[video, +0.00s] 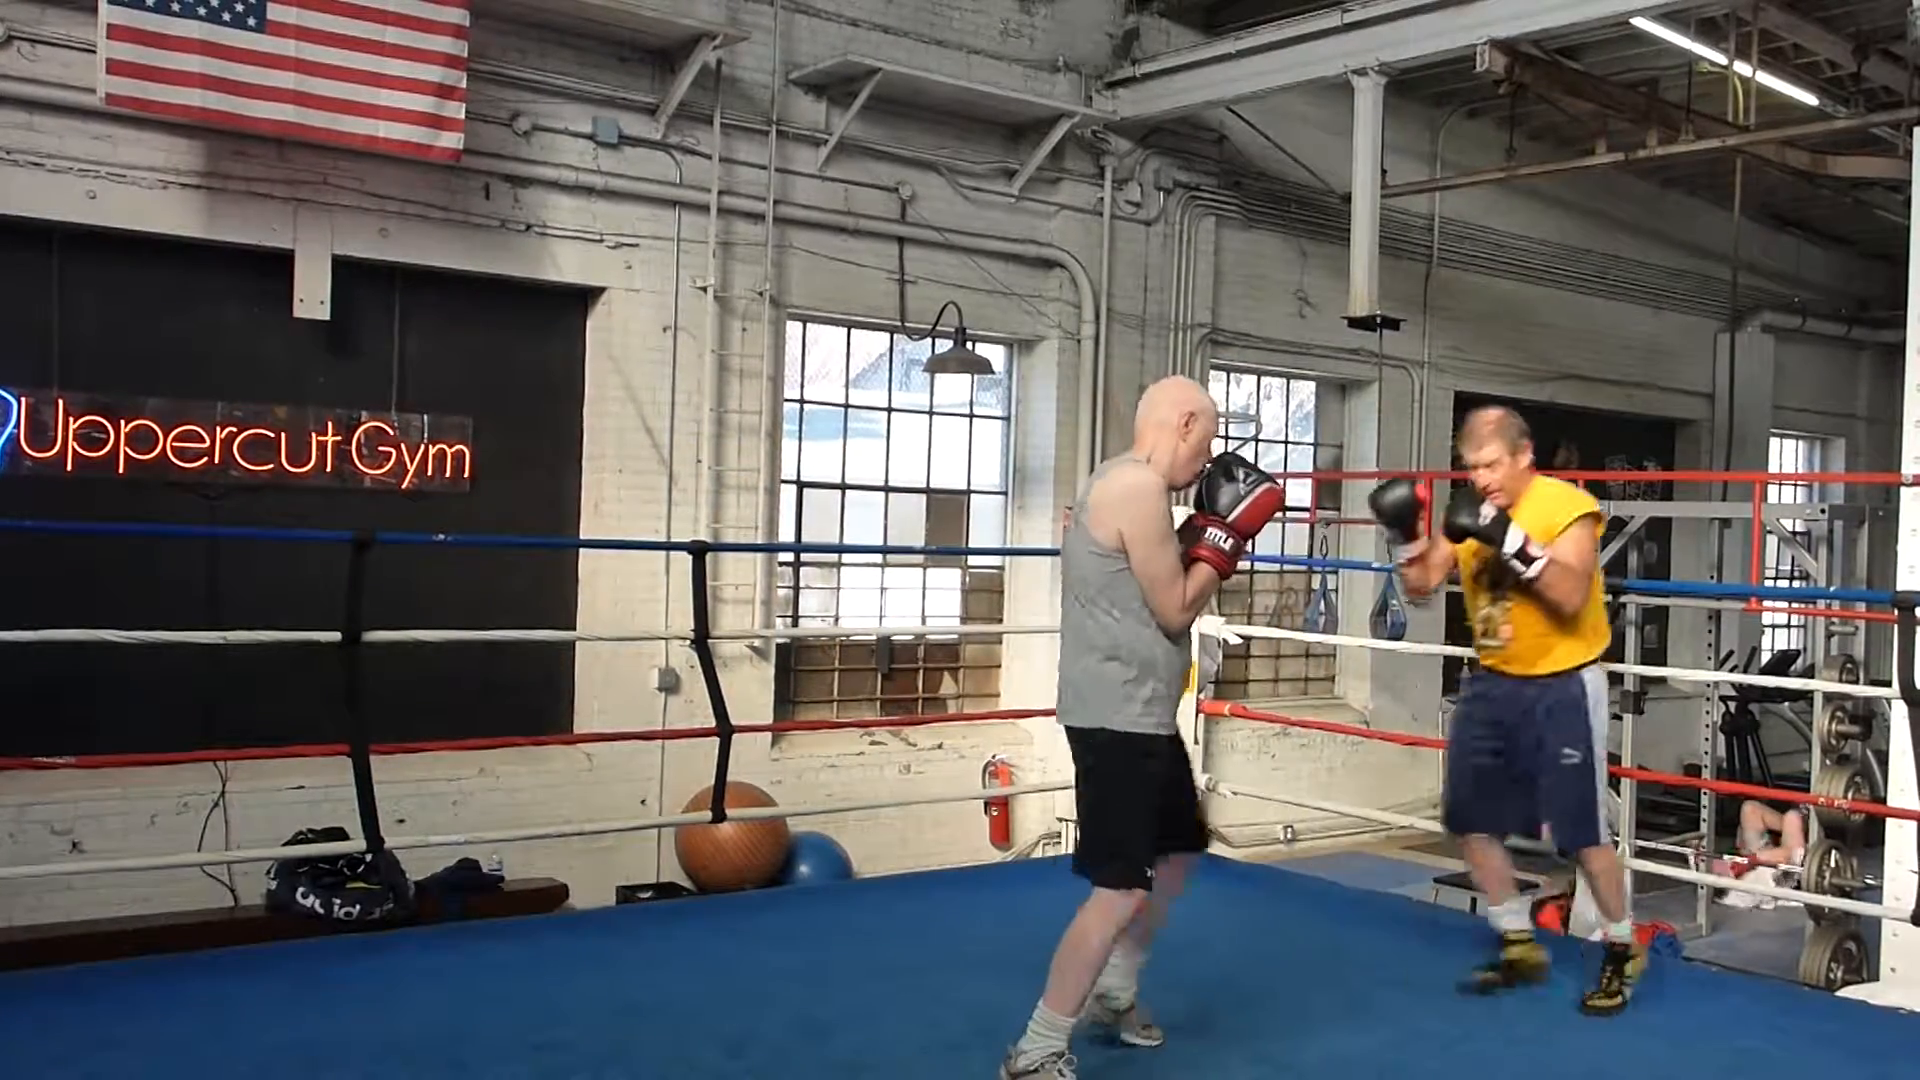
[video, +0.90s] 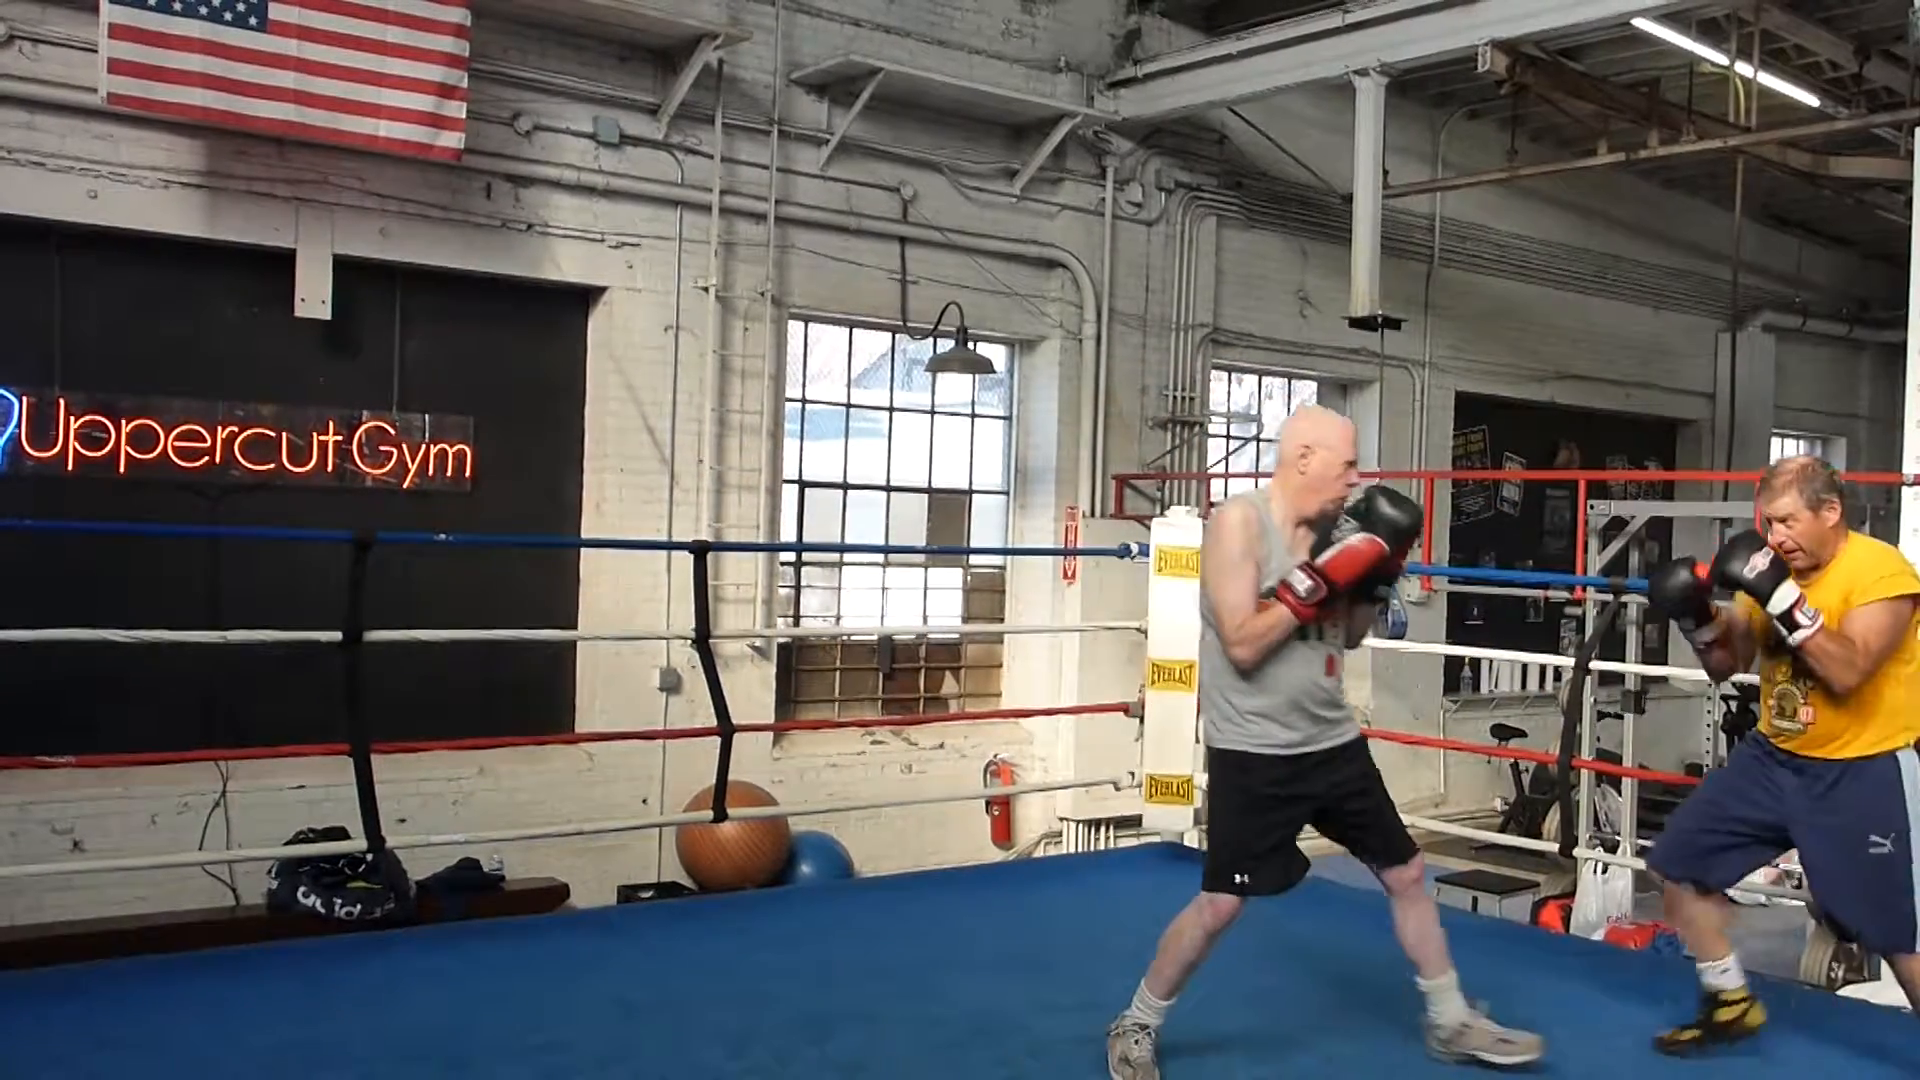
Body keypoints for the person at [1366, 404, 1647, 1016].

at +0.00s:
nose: (1479, 478)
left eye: (1489, 464)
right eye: (1471, 468)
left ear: (1524, 456)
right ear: (1466, 468)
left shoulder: (1567, 506)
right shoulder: (1473, 520)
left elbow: (1572, 595)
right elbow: (1419, 584)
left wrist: (1507, 539)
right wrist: (1407, 534)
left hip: (1564, 686)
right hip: (1491, 686)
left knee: (1580, 827)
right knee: (1471, 818)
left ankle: (1622, 949)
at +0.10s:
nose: (1513, 490)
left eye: (1523, 476)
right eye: (1505, 479)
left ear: (1559, 465)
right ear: (1498, 477)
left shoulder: (1600, 516)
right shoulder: (1502, 520)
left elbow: (1601, 612)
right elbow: (1447, 588)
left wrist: (1535, 550)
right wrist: (1440, 538)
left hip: (1598, 695)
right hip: (1530, 696)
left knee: (1622, 841)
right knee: (1528, 840)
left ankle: (1694, 958)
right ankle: (1585, 966)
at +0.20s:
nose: (1549, 516)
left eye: (1559, 503)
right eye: (1540, 505)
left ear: (1594, 492)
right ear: (1534, 502)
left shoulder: (1637, 545)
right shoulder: (1536, 543)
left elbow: (1628, 644)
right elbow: (1482, 613)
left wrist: (1558, 584)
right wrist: (1474, 561)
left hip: (1634, 726)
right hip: (1562, 726)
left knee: (1677, 869)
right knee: (1529, 850)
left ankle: (1769, 992)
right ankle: (1587, 973)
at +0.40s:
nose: (1627, 510)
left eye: (1636, 495)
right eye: (1619, 499)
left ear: (1675, 483)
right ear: (1615, 496)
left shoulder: (1726, 534)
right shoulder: (1628, 543)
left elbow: (1710, 632)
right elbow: (1579, 617)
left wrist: (1637, 571)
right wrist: (1559, 572)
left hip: (1724, 725)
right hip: (1647, 722)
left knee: (1752, 877)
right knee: (1597, 839)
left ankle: (1818, 1017)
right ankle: (1595, 975)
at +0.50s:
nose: (1665, 489)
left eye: (1673, 475)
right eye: (1656, 478)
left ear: (1715, 460)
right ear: (1655, 477)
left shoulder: (1766, 509)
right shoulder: (1667, 521)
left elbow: (1753, 607)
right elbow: (1616, 594)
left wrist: (1684, 546)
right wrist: (1602, 544)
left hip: (1769, 703)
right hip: (1691, 703)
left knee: (1794, 859)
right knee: (1659, 841)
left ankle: (1853, 1007)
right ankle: (1670, 981)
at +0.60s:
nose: (1706, 500)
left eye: (1715, 485)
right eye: (1698, 489)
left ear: (1756, 468)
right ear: (1693, 485)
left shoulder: (1814, 521)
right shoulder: (1704, 527)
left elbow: (1788, 616)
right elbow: (1651, 604)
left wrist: (1716, 550)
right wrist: (1633, 550)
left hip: (1808, 716)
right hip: (1728, 715)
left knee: (1844, 878)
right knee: (1702, 863)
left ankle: (1904, 1016)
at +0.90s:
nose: (1774, 537)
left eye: (1785, 521)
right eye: (1767, 524)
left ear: (1831, 511)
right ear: (1760, 522)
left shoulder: (1883, 570)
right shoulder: (1772, 573)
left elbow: (1848, 671)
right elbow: (1725, 663)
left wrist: (1779, 595)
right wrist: (1701, 617)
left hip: (1865, 770)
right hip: (1772, 759)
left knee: (1898, 933)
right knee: (1680, 862)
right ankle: (1730, 1002)